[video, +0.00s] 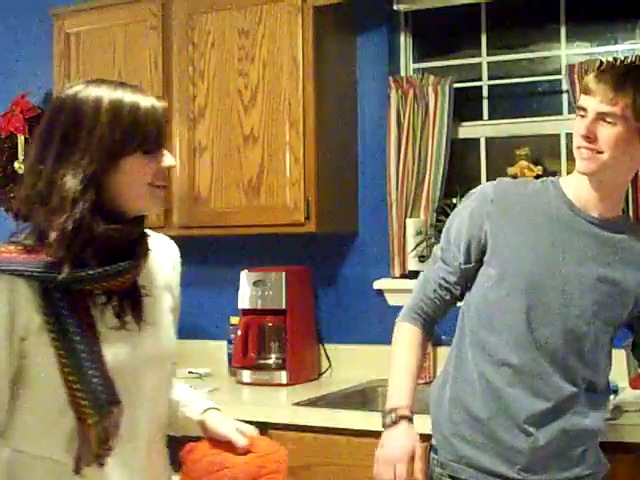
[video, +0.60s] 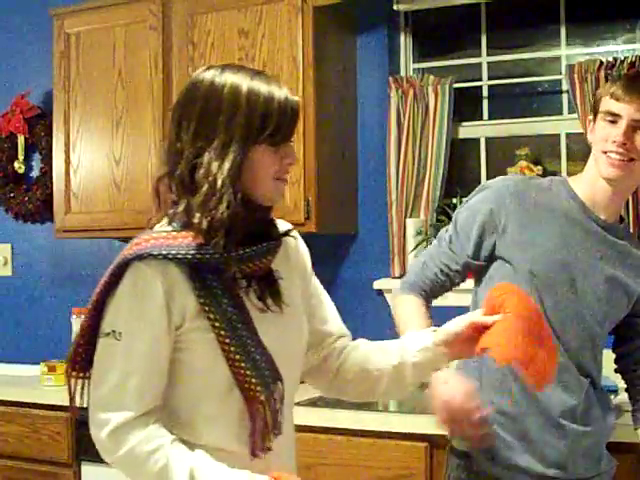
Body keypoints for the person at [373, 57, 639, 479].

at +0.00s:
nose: (585, 130)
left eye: (608, 119)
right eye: (582, 113)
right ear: (572, 116)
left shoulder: (633, 254)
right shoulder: (494, 205)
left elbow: (636, 369)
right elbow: (416, 315)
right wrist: (398, 420)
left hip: (570, 466)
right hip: (463, 460)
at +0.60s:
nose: (622, 139)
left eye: (637, 128)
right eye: (613, 121)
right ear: (590, 125)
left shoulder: (632, 261)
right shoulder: (509, 199)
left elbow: (635, 380)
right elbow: (408, 293)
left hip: (582, 462)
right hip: (490, 456)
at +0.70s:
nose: (618, 142)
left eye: (636, 130)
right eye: (607, 122)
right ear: (584, 123)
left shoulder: (633, 260)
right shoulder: (506, 204)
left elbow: (637, 381)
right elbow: (419, 315)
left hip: (586, 467)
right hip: (491, 460)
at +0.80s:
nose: (622, 147)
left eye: (638, 135)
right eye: (611, 126)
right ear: (581, 125)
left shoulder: (630, 255)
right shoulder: (507, 202)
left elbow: (630, 365)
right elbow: (440, 322)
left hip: (587, 463)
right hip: (493, 459)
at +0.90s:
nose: (630, 149)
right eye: (617, 129)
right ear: (581, 127)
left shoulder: (624, 255)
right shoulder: (511, 200)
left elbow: (635, 375)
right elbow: (446, 331)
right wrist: (564, 283)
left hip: (588, 459)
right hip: (498, 456)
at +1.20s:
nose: (611, 148)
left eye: (629, 135)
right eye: (600, 129)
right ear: (582, 132)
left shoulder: (627, 281)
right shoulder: (516, 201)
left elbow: (625, 426)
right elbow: (412, 311)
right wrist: (540, 320)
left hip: (570, 467)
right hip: (475, 461)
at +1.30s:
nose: (603, 147)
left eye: (624, 136)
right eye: (595, 129)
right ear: (582, 132)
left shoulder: (627, 281)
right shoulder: (513, 201)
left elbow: (628, 413)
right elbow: (392, 291)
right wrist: (506, 337)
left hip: (558, 466)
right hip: (464, 459)